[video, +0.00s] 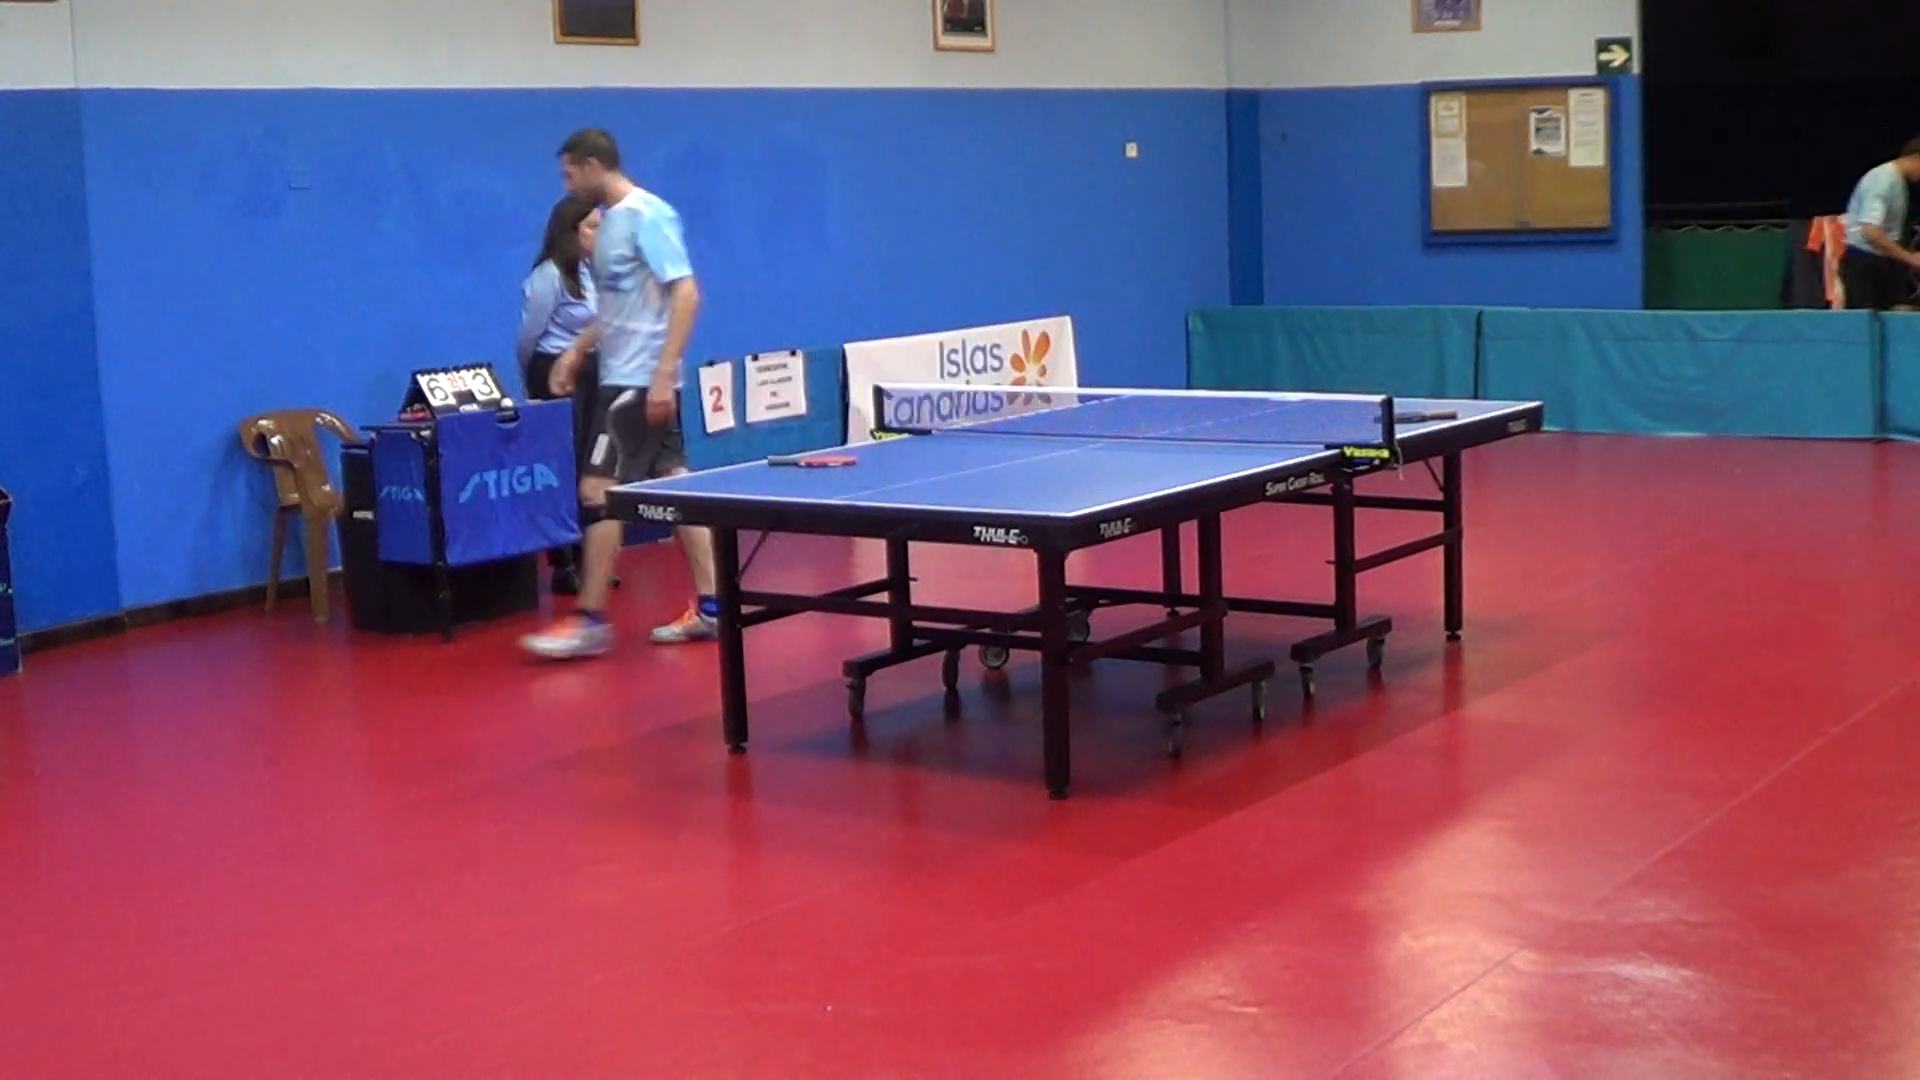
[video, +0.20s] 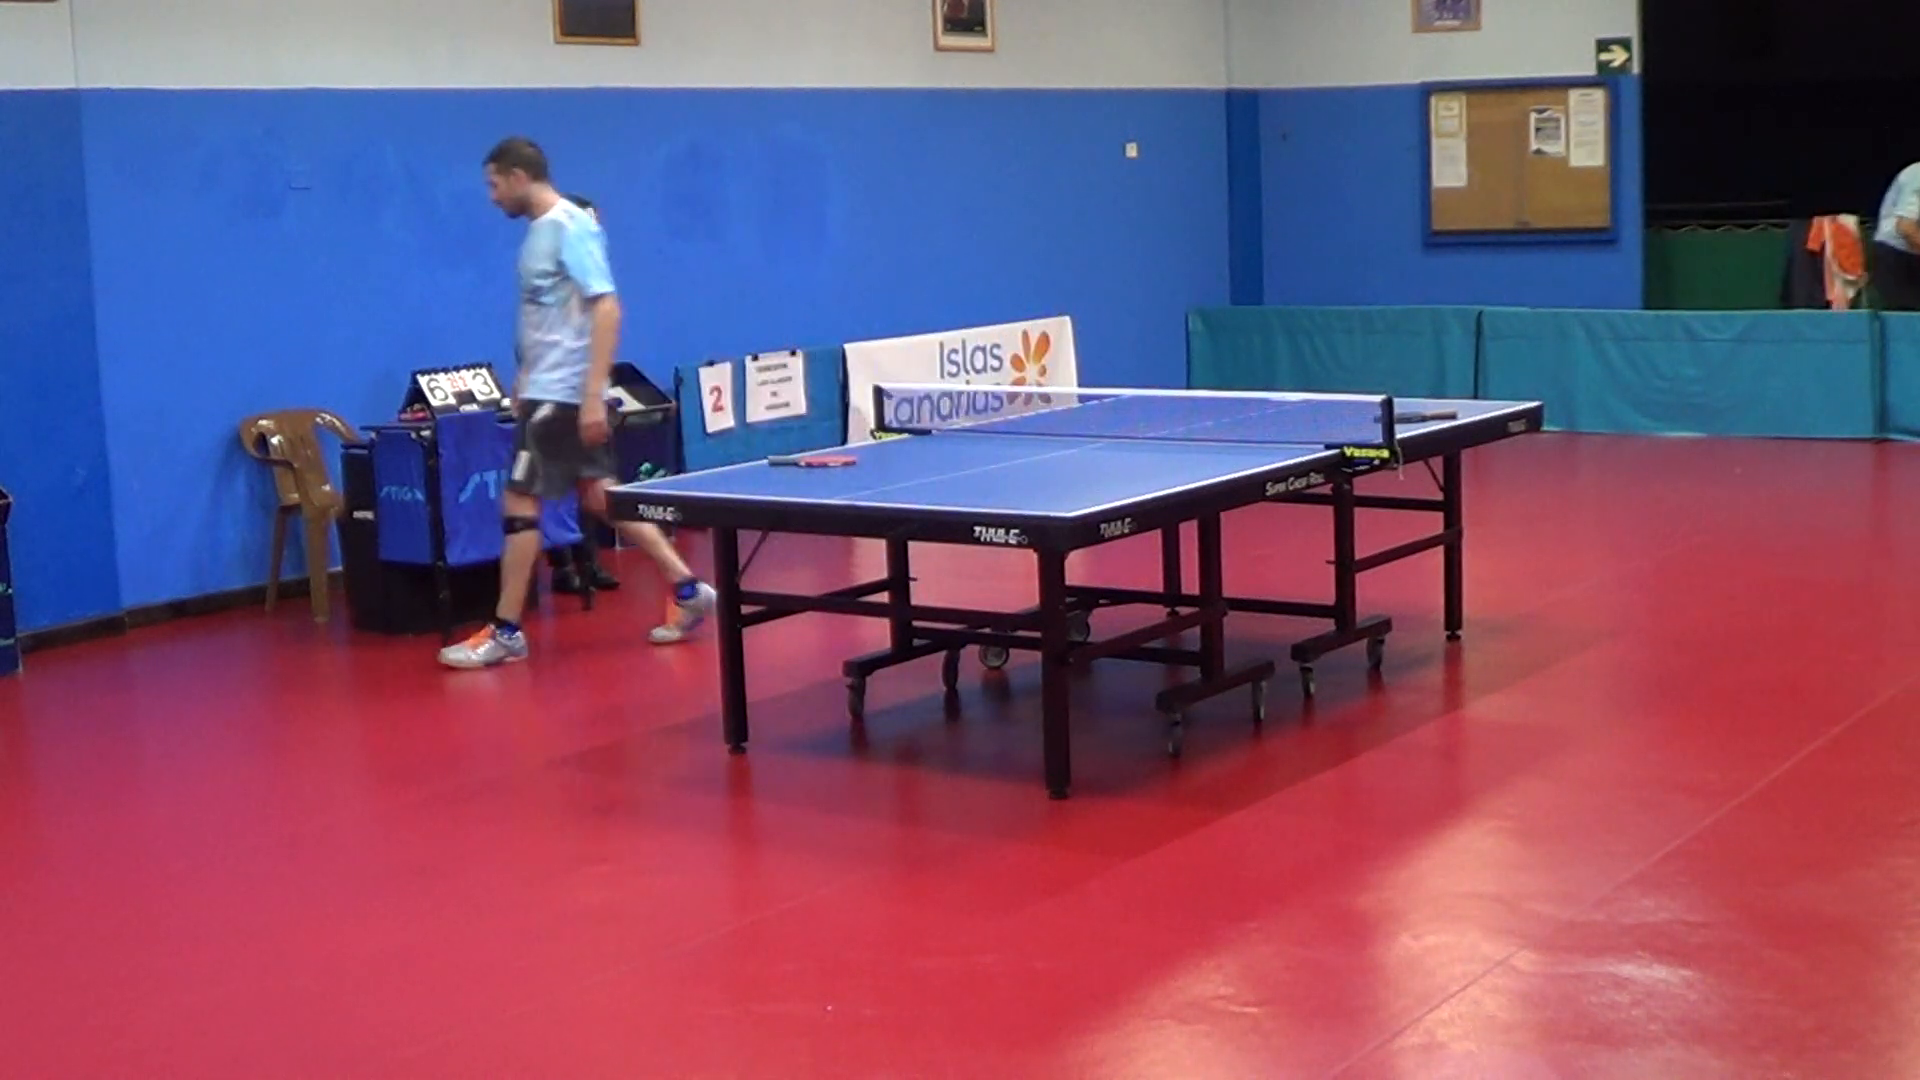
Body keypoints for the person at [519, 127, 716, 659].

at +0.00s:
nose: (568, 185)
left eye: (569, 174)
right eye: (566, 177)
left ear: (593, 166)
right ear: (593, 167)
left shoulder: (647, 214)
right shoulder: (611, 222)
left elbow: (687, 294)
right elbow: (620, 305)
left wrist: (666, 375)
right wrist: (578, 348)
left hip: (641, 381)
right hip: (627, 378)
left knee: (599, 490)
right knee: (681, 491)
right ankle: (712, 606)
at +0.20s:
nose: (492, 196)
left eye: (493, 184)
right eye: (490, 185)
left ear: (518, 177)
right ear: (519, 177)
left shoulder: (569, 225)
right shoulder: (541, 230)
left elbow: (607, 308)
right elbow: (548, 317)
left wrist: (594, 397)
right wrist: (527, 381)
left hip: (563, 396)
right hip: (549, 395)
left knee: (520, 502)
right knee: (602, 499)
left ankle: (506, 629)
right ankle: (688, 588)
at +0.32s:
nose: (447, 187)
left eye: (450, 176)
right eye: (446, 177)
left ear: (475, 170)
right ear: (477, 170)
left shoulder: (521, 222)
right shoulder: (497, 223)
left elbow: (546, 305)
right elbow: (511, 310)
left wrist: (536, 396)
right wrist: (490, 386)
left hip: (515, 390)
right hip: (497, 388)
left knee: (498, 502)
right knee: (506, 500)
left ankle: (504, 630)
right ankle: (613, 565)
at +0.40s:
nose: (419, 181)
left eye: (422, 170)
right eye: (418, 171)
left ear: (447, 167)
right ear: (450, 166)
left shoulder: (488, 220)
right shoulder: (468, 220)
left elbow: (502, 307)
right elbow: (480, 310)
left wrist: (488, 393)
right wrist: (461, 384)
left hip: (493, 388)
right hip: (465, 385)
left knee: (492, 505)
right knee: (444, 489)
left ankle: (504, 629)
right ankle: (547, 568)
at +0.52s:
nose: (376, 183)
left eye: (381, 172)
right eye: (376, 173)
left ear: (404, 171)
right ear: (415, 170)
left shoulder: (437, 224)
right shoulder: (455, 218)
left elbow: (442, 310)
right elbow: (494, 298)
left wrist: (405, 392)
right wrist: (479, 368)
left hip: (454, 393)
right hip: (431, 393)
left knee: (475, 504)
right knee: (387, 486)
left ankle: (503, 628)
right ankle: (435, 611)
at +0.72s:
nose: (306, 195)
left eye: (310, 185)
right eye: (307, 185)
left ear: (332, 185)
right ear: (349, 185)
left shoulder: (357, 240)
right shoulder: (389, 236)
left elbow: (346, 326)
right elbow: (426, 318)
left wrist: (289, 394)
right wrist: (420, 396)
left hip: (381, 410)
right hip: (357, 413)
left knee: (431, 511)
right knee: (332, 514)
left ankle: (495, 623)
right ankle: (293, 637)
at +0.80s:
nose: (275, 195)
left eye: (279, 184)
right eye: (276, 184)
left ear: (300, 183)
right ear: (315, 182)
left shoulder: (326, 239)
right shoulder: (358, 235)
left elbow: (315, 326)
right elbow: (395, 320)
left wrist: (260, 397)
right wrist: (386, 400)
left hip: (341, 410)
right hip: (330, 409)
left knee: (385, 515)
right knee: (311, 514)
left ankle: (474, 612)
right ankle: (283, 638)